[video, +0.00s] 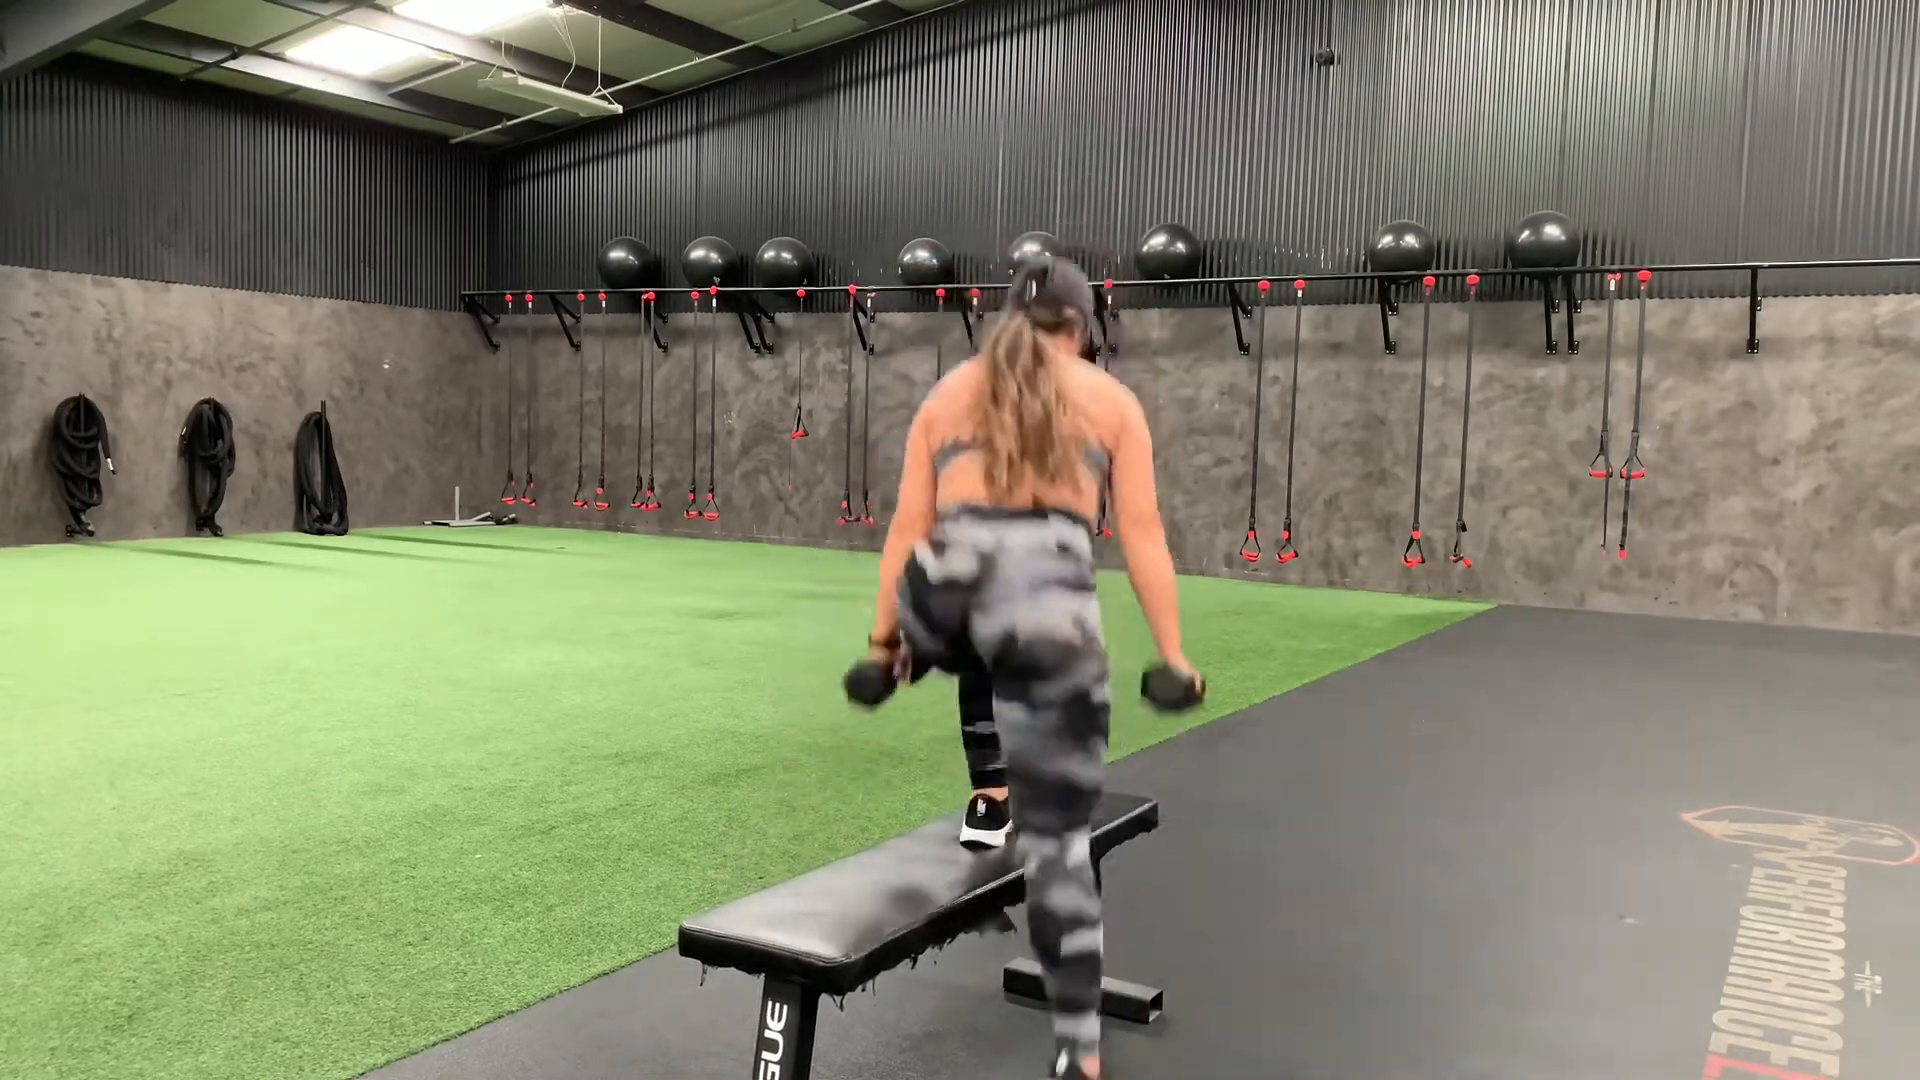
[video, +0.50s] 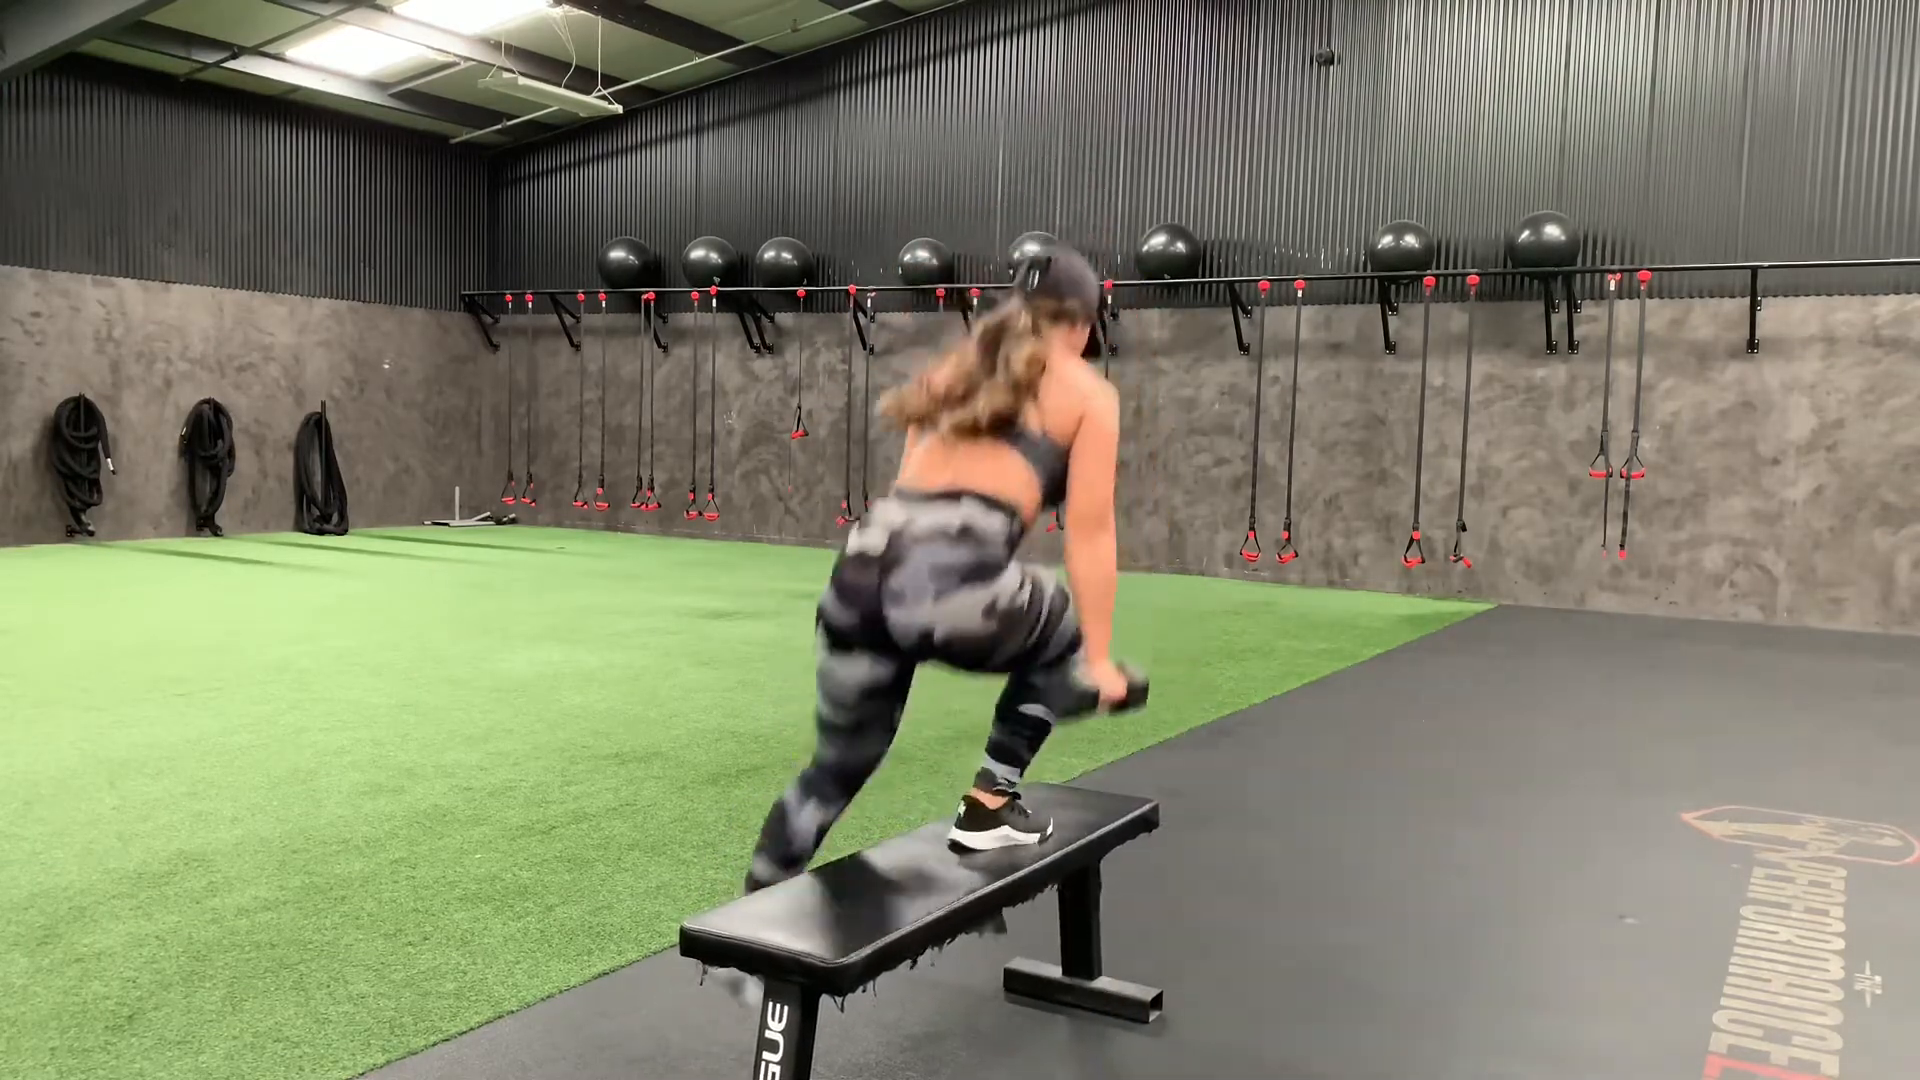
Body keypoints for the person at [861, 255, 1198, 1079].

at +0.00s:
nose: (1088, 339)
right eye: (1087, 328)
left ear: (1007, 318)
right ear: (1077, 326)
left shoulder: (949, 392)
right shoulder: (1110, 400)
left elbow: (909, 525)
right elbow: (1141, 532)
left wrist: (886, 633)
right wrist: (1172, 652)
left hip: (947, 580)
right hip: (1050, 589)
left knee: (950, 645)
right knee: (1055, 832)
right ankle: (1080, 1049)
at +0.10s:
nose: (1098, 279)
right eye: (1099, 267)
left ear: (1020, 250)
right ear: (1090, 263)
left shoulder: (953, 320)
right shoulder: (1110, 328)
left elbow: (913, 446)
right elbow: (1133, 460)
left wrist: (893, 562)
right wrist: (1160, 580)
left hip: (924, 504)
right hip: (1026, 505)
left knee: (983, 631)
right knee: (1064, 727)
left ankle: (993, 800)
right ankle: (1068, 933)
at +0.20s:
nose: (1098, 240)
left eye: (1096, 230)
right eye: (1100, 229)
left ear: (1029, 211)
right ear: (1091, 222)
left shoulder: (962, 266)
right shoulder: (1110, 283)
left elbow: (914, 383)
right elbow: (1128, 420)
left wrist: (882, 511)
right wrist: (1147, 536)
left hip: (901, 439)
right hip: (1005, 443)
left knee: (959, 609)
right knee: (1055, 625)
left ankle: (972, 780)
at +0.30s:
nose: (1100, 241)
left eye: (1099, 230)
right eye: (1100, 228)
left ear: (1025, 210)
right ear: (1089, 221)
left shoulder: (958, 262)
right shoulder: (1102, 278)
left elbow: (909, 383)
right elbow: (1114, 411)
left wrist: (881, 517)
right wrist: (1127, 539)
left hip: (886, 429)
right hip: (994, 434)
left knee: (946, 592)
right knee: (1042, 602)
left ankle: (880, 772)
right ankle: (999, 791)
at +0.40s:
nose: (1095, 277)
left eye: (1094, 266)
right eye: (1096, 265)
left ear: (1025, 246)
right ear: (1088, 258)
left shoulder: (956, 299)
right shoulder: (1100, 316)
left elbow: (913, 419)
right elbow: (1103, 450)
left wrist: (863, 555)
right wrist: (1111, 574)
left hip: (880, 489)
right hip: (981, 498)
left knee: (894, 657)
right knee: (1036, 631)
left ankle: (798, 827)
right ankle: (985, 802)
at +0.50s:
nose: (1085, 340)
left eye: (1085, 327)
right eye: (1085, 327)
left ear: (1014, 314)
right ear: (1077, 325)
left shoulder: (952, 371)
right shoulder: (1086, 392)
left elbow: (910, 482)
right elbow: (1089, 530)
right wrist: (1097, 659)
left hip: (858, 583)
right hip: (952, 588)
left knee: (836, 765)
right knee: (1063, 636)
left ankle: (755, 914)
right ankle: (988, 808)